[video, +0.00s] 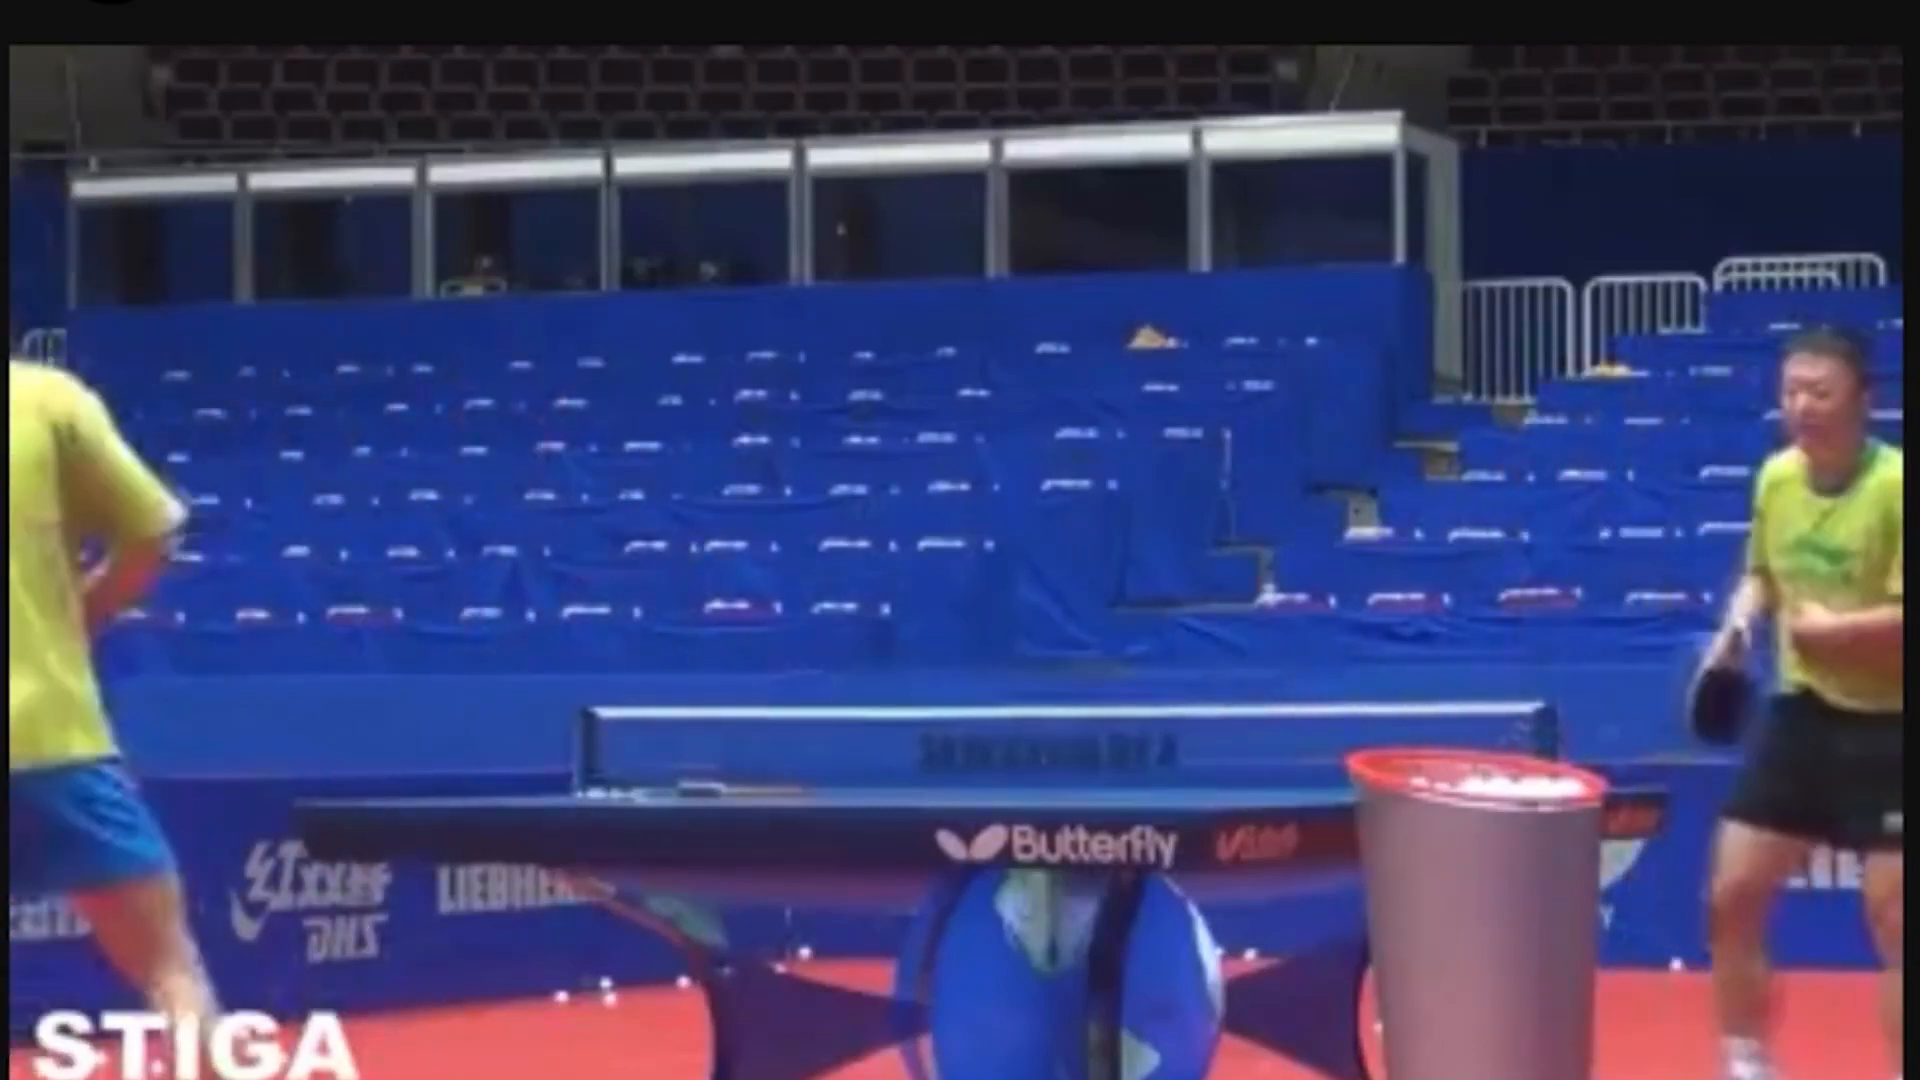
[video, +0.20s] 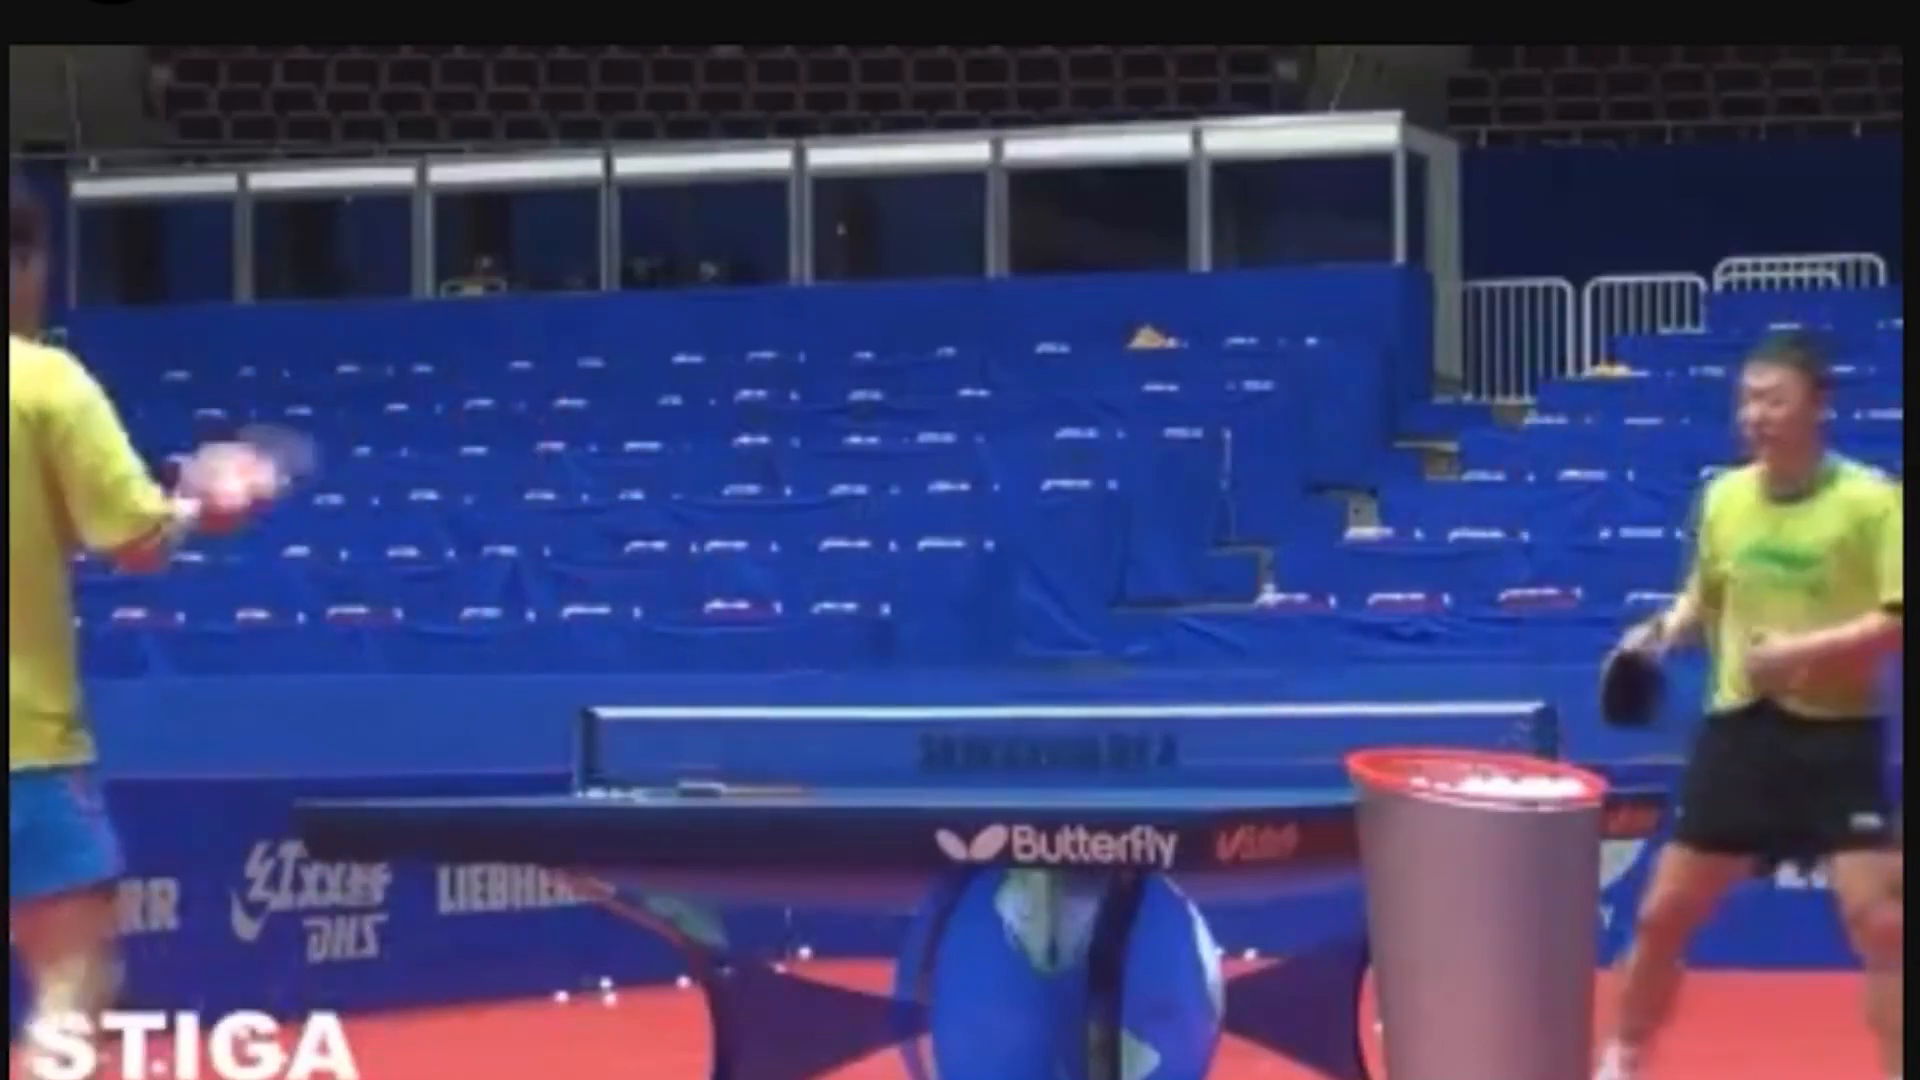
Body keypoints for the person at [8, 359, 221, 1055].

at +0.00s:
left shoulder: (47, 396)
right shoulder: (43, 397)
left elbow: (152, 524)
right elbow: (153, 525)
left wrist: (76, 614)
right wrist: (74, 615)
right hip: (42, 720)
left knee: (166, 964)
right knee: (166, 964)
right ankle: (209, 1069)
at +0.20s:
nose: (42, 278)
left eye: (37, 258)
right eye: (36, 259)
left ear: (17, 266)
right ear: (20, 265)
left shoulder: (45, 384)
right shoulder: (44, 383)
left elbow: (120, 529)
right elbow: (129, 536)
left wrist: (185, 501)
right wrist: (206, 503)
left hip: (31, 733)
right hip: (29, 736)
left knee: (63, 968)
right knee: (69, 968)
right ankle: (45, 1049)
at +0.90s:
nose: (174, 298)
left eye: (174, 274)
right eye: (170, 272)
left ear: (94, 269)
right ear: (128, 271)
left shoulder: (37, 374)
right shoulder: (68, 390)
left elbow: (87, 560)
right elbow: (86, 579)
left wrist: (213, 587)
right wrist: (225, 597)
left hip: (25, 753)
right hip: (48, 760)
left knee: (36, 990)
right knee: (125, 973)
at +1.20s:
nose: (209, 328)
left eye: (208, 306)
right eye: (200, 305)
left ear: (146, 308)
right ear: (153, 306)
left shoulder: (160, 419)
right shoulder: (52, 435)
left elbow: (216, 530)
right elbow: (26, 623)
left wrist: (324, 578)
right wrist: (157, 696)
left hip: (99, 756)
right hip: (48, 764)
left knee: (86, 996)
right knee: (143, 984)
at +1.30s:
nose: (231, 343)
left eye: (231, 322)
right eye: (223, 320)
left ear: (170, 325)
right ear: (172, 324)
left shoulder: (199, 435)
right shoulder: (57, 465)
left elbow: (288, 520)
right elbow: (20, 670)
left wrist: (411, 570)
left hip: (136, 782)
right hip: (77, 790)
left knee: (112, 1001)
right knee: (190, 981)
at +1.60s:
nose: (282, 406)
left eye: (281, 386)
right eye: (274, 384)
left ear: (218, 392)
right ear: (221, 391)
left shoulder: (256, 471)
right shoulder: (104, 535)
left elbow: (363, 544)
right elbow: (14, 644)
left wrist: (512, 532)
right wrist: (94, 797)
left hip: (168, 799)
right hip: (88, 807)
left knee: (166, 1035)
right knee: (274, 996)